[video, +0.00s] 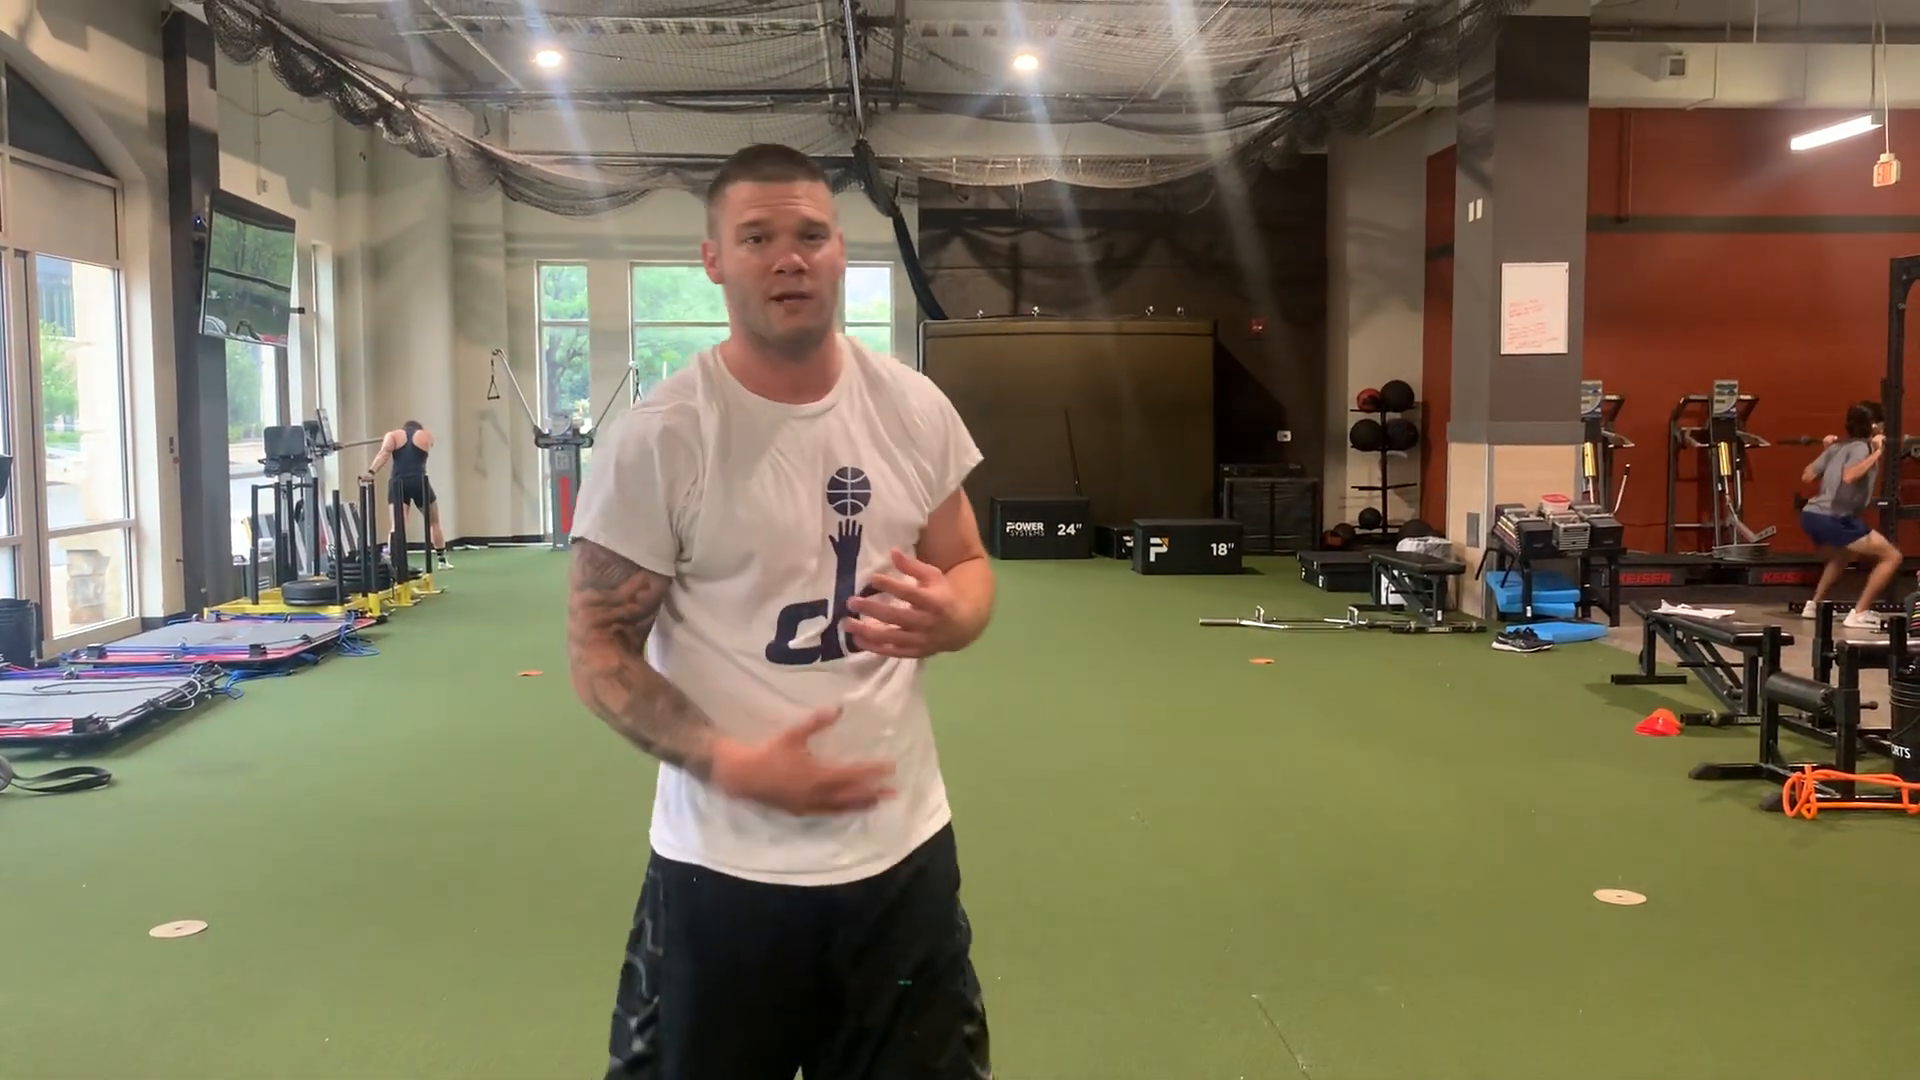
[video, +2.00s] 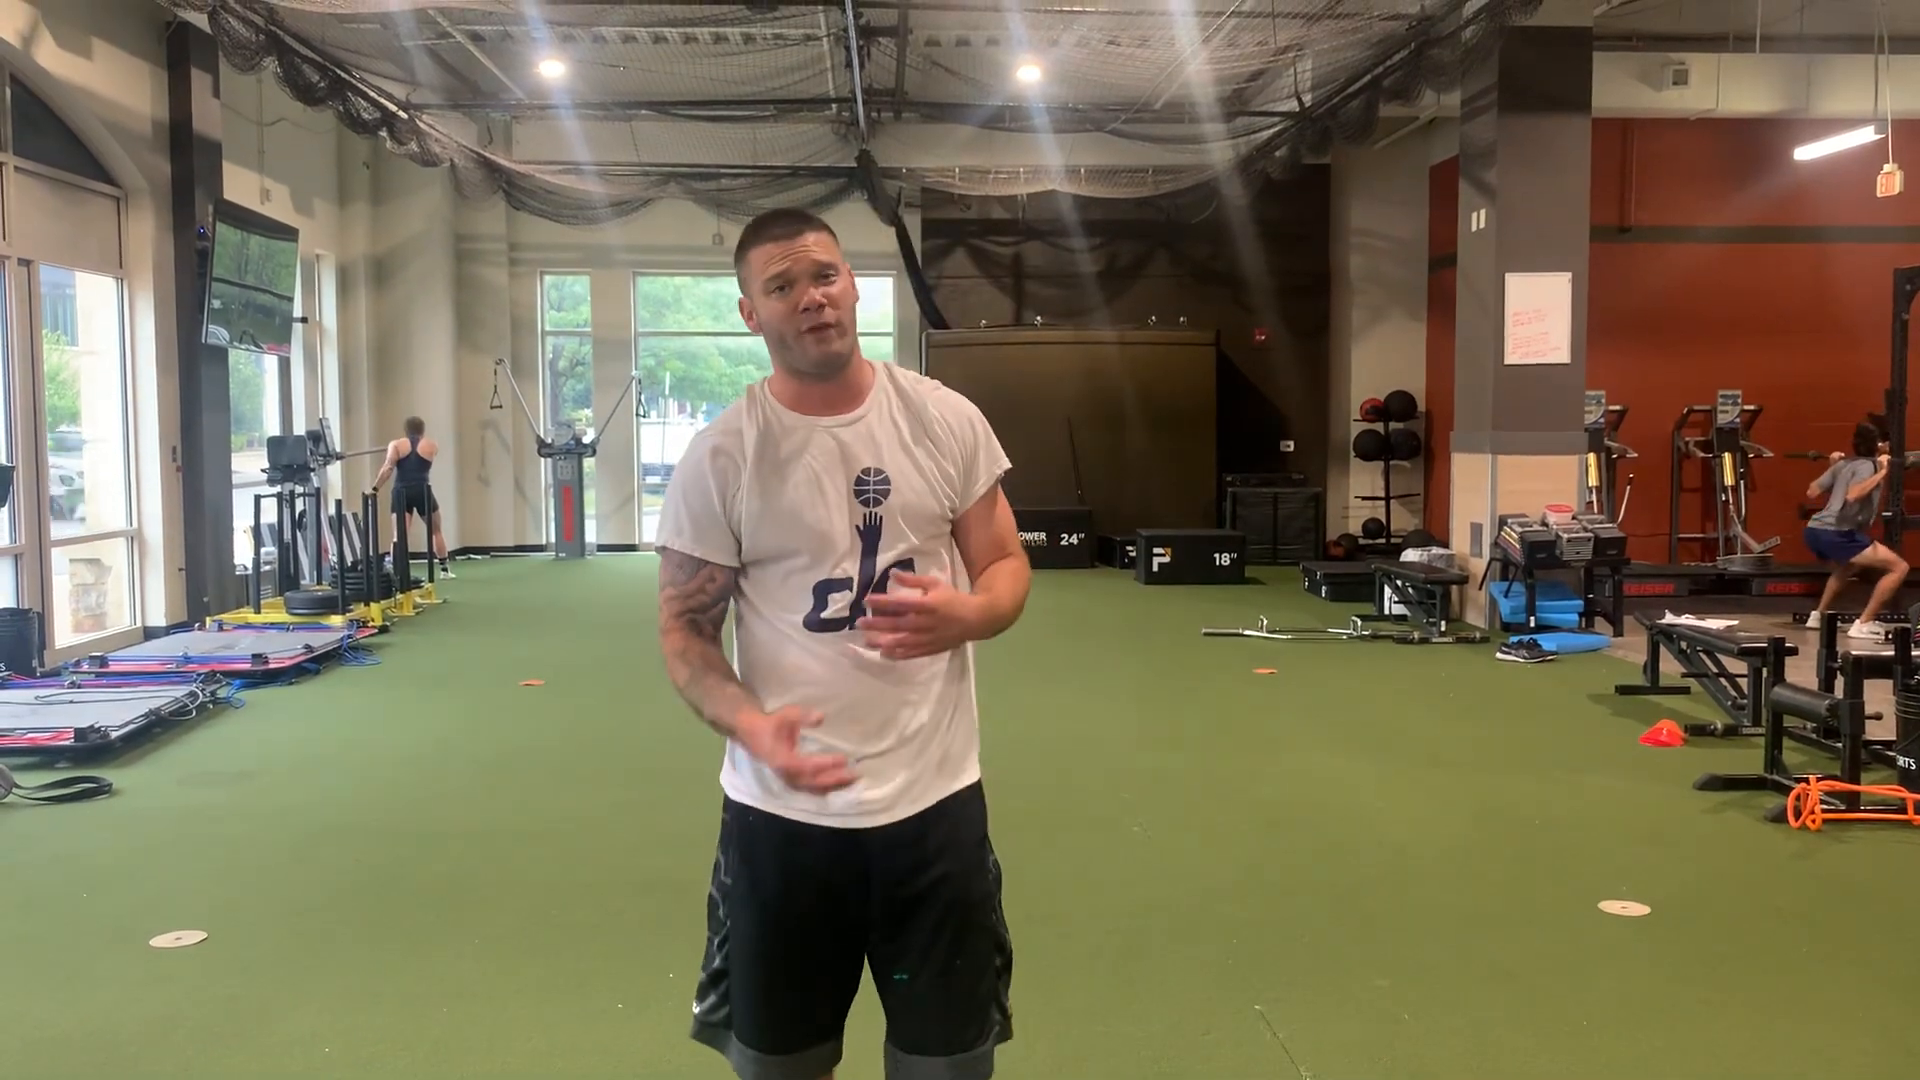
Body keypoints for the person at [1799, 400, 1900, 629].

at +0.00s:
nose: (1881, 429)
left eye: (1881, 425)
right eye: (1879, 424)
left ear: (1850, 425)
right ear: (1871, 427)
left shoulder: (1837, 448)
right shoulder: (1862, 448)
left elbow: (1807, 475)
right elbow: (1849, 476)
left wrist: (1825, 450)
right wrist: (1877, 453)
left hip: (1811, 515)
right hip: (1836, 520)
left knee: (1842, 555)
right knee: (1892, 557)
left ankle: (1814, 604)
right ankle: (1860, 613)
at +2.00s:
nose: (1888, 446)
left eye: (1888, 442)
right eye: (1886, 441)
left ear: (1857, 443)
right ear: (1877, 445)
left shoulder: (1843, 465)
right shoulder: (1867, 466)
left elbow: (1812, 491)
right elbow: (1852, 495)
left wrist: (1832, 466)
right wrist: (1881, 473)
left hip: (1815, 531)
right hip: (1837, 535)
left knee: (1848, 567)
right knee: (1899, 568)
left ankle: (1818, 615)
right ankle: (1864, 623)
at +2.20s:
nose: (1887, 416)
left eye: (1887, 411)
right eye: (1884, 412)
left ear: (1857, 414)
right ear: (1875, 415)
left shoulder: (1843, 437)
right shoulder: (1867, 437)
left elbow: (1813, 464)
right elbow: (1853, 465)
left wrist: (1832, 437)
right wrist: (1881, 443)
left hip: (1820, 507)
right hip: (1841, 512)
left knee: (1841, 559)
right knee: (1886, 560)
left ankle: (1818, 615)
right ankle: (1864, 623)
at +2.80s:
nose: (1886, 450)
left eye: (1886, 445)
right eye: (1883, 445)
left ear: (1856, 445)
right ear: (1876, 447)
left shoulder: (1842, 467)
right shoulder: (1867, 468)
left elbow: (1812, 495)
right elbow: (1850, 496)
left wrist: (1832, 468)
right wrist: (1880, 473)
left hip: (1816, 535)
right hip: (1841, 540)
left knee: (1845, 571)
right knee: (1900, 568)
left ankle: (1818, 615)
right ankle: (1864, 623)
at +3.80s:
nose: (1891, 408)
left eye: (1891, 404)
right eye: (1889, 404)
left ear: (1861, 407)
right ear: (1881, 408)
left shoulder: (1847, 430)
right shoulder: (1872, 429)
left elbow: (1820, 457)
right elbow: (1860, 457)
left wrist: (1836, 430)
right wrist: (1887, 432)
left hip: (1830, 503)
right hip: (1854, 507)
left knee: (1841, 562)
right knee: (1881, 564)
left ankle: (1823, 621)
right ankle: (1870, 629)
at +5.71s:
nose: (1911, 398)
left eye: (1911, 394)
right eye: (1909, 394)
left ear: (1881, 393)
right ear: (1901, 395)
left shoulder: (1862, 417)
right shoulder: (1889, 416)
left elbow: (1833, 446)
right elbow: (1877, 443)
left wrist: (1850, 418)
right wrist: (1904, 418)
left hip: (1855, 496)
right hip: (1879, 499)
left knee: (1861, 559)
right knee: (1883, 561)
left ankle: (1852, 621)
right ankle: (1878, 625)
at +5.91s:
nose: (1911, 399)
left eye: (1911, 395)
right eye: (1909, 395)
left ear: (1881, 393)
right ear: (1902, 396)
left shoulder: (1861, 416)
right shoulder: (1889, 416)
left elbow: (1831, 445)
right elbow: (1875, 443)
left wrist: (1849, 418)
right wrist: (1903, 419)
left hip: (1851, 496)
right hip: (1878, 499)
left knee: (1854, 556)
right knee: (1894, 558)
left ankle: (1852, 619)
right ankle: (1876, 621)